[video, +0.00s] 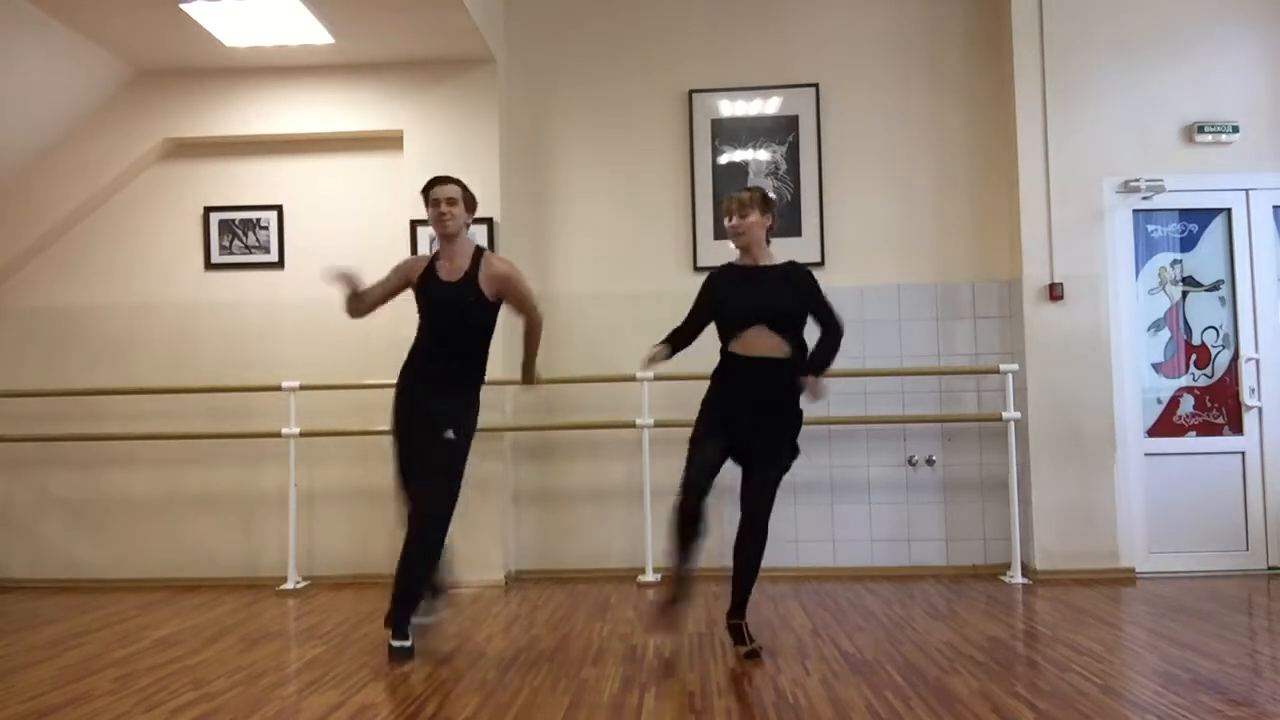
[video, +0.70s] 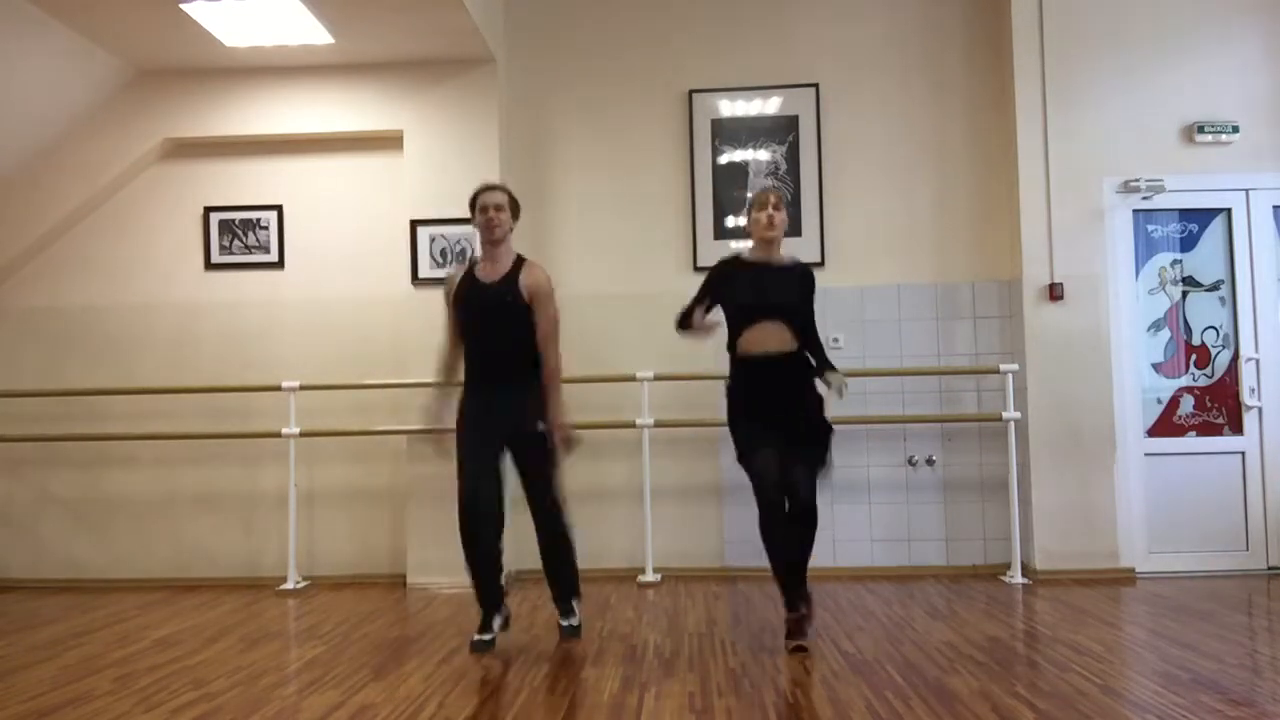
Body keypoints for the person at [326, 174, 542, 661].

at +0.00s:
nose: (443, 211)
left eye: (452, 203)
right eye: (436, 204)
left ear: (470, 211)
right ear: (427, 215)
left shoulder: (496, 271)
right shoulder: (416, 268)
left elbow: (533, 317)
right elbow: (360, 309)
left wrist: (529, 367)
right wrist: (352, 287)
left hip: (457, 398)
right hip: (413, 392)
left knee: (432, 510)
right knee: (417, 494)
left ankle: (400, 619)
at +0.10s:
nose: (454, 212)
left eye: (462, 205)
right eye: (447, 205)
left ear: (480, 214)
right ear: (438, 216)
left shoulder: (501, 271)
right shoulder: (422, 271)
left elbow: (541, 302)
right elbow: (390, 329)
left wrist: (531, 352)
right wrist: (404, 304)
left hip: (472, 394)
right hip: (426, 391)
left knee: (437, 497)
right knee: (459, 491)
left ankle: (408, 617)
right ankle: (496, 577)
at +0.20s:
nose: (460, 223)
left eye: (469, 217)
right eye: (453, 217)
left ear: (485, 227)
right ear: (443, 228)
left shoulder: (507, 283)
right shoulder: (427, 290)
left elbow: (533, 329)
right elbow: (419, 357)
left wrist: (523, 382)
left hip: (493, 401)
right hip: (449, 401)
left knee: (459, 505)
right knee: (472, 500)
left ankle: (411, 620)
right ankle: (504, 588)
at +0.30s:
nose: (466, 227)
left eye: (474, 221)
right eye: (458, 221)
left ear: (490, 230)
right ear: (449, 232)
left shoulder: (514, 285)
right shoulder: (434, 292)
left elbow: (534, 350)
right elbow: (424, 353)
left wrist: (499, 349)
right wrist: (423, 405)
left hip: (507, 397)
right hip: (462, 400)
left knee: (485, 483)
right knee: (477, 501)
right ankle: (503, 600)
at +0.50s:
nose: (482, 222)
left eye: (490, 215)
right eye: (474, 216)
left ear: (504, 224)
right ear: (463, 227)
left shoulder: (524, 278)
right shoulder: (451, 285)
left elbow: (524, 339)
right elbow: (474, 340)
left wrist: (488, 297)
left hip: (529, 392)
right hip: (484, 394)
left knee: (548, 492)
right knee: (458, 448)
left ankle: (563, 597)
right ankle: (507, 535)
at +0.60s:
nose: (490, 230)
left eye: (499, 224)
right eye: (483, 224)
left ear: (513, 232)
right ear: (474, 235)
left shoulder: (532, 290)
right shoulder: (460, 295)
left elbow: (537, 359)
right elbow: (475, 359)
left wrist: (528, 411)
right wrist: (478, 413)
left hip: (532, 406)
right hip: (486, 414)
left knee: (554, 512)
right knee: (463, 505)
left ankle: (570, 608)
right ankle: (490, 604)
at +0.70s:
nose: (492, 217)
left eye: (499, 209)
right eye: (484, 210)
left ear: (513, 219)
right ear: (473, 220)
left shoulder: (533, 278)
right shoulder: (459, 284)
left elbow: (549, 352)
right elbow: (454, 349)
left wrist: (556, 415)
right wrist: (441, 402)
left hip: (526, 408)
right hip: (476, 411)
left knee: (546, 508)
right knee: (477, 514)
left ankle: (566, 602)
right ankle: (491, 609)